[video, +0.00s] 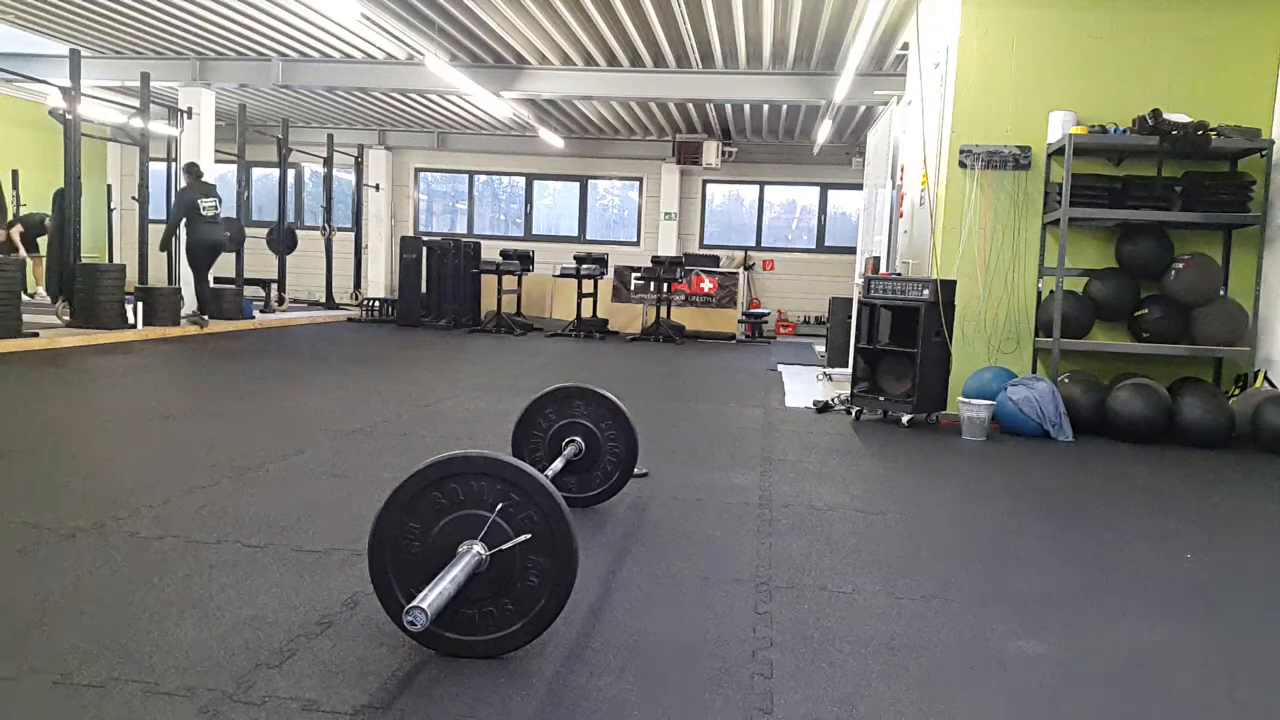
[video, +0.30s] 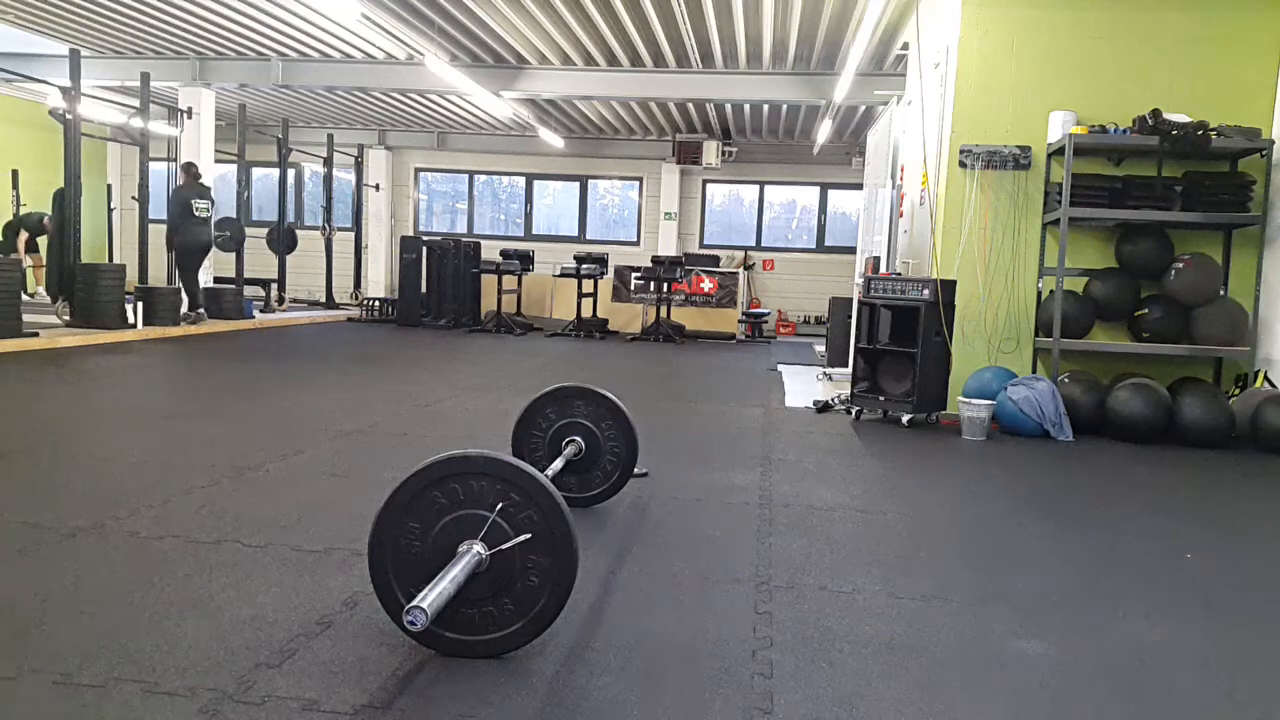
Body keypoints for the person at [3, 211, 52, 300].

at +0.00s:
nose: (50, 231)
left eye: (52, 230)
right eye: (51, 229)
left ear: (49, 223)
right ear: (48, 223)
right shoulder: (34, 222)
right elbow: (13, 231)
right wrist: (21, 249)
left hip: (28, 236)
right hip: (12, 234)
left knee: (37, 260)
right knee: (16, 261)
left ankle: (40, 290)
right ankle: (18, 292)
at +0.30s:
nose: (51, 231)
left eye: (53, 229)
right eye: (51, 228)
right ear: (47, 223)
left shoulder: (50, 224)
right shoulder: (31, 222)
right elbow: (20, 239)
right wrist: (22, 259)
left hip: (29, 235)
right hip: (11, 233)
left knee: (38, 261)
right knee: (17, 261)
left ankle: (40, 291)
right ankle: (17, 291)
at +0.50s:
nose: (51, 231)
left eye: (52, 229)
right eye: (51, 228)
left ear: (48, 223)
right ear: (47, 223)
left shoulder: (49, 225)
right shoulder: (30, 224)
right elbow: (23, 246)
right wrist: (23, 265)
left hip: (28, 234)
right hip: (11, 233)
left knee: (38, 261)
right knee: (17, 261)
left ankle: (40, 290)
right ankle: (17, 291)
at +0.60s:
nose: (51, 233)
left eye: (53, 231)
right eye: (51, 230)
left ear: (47, 224)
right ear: (47, 225)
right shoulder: (30, 226)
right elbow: (23, 249)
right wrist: (23, 270)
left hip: (27, 234)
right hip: (10, 232)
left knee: (37, 260)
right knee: (16, 260)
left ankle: (40, 289)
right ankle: (18, 291)